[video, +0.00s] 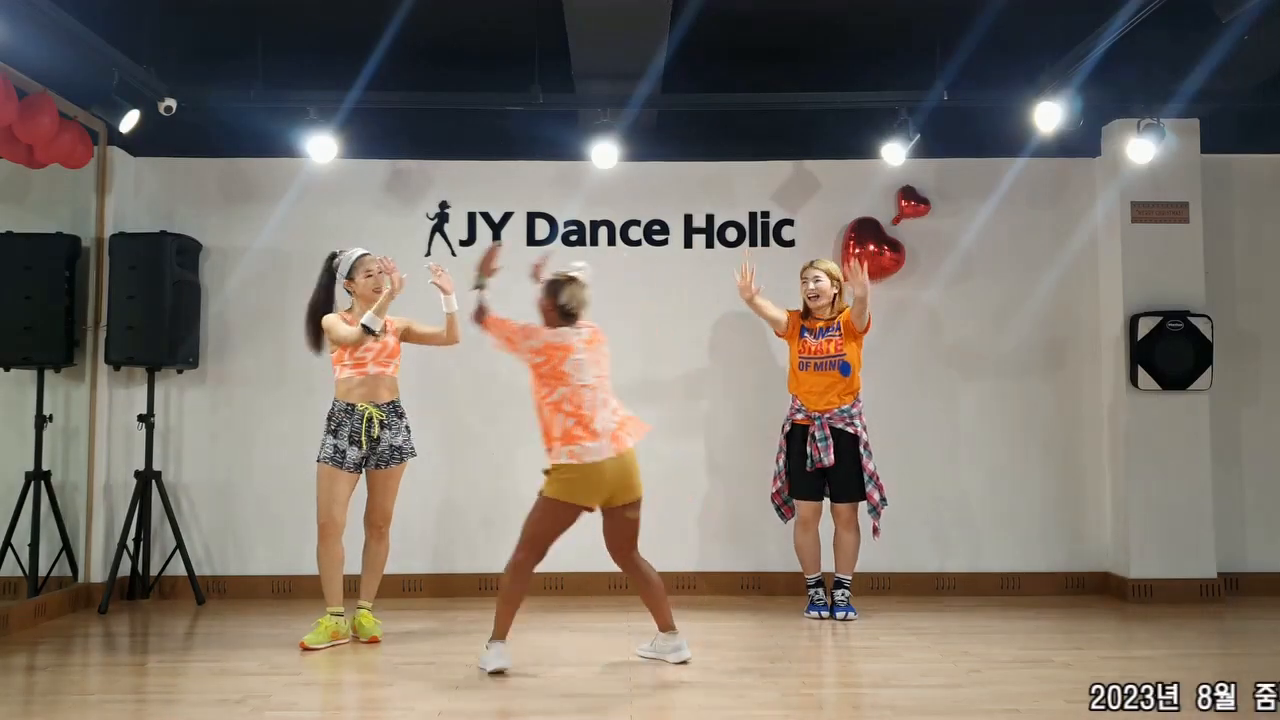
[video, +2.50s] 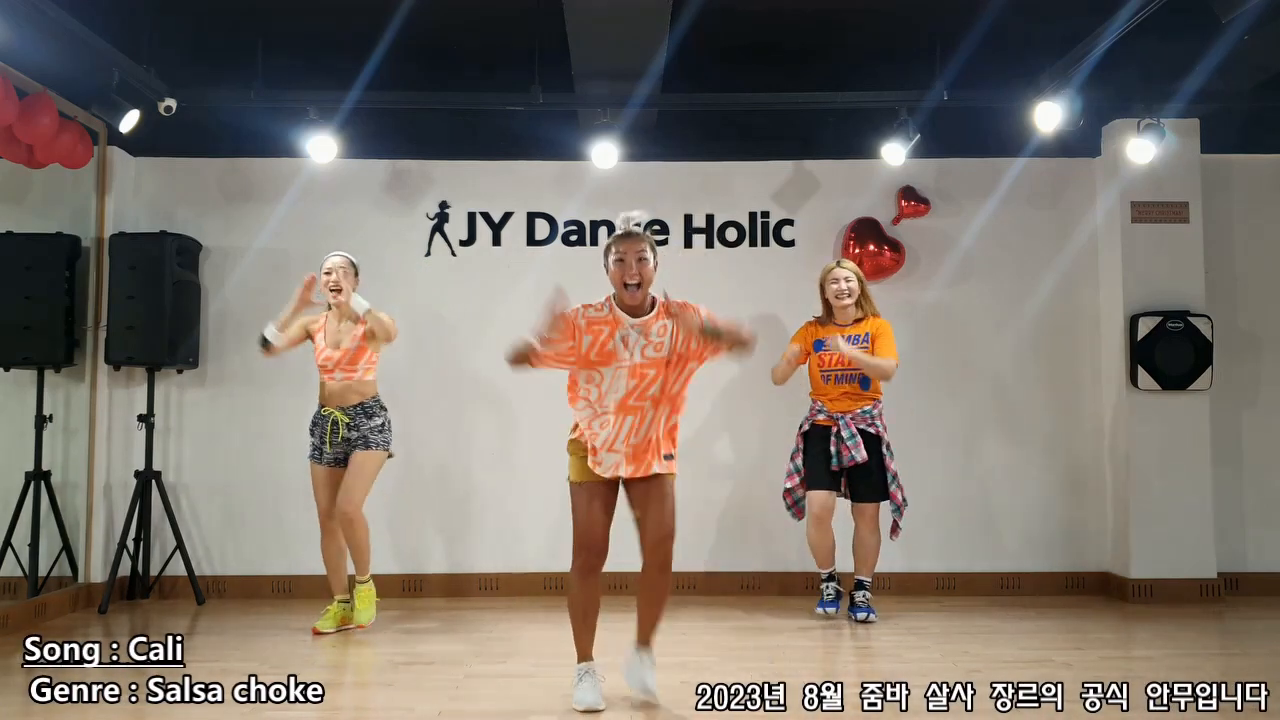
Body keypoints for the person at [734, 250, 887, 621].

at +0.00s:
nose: (811, 287)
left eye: (819, 281)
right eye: (806, 282)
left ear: (835, 288)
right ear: (800, 290)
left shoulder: (848, 322)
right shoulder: (794, 324)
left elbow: (859, 311)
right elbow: (773, 315)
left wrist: (861, 293)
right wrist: (752, 299)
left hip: (844, 427)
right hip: (802, 427)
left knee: (846, 515)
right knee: (807, 514)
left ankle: (842, 592)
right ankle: (814, 592)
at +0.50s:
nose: (789, 293)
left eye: (796, 286)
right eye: (785, 288)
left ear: (816, 291)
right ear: (784, 296)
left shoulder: (838, 328)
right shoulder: (779, 333)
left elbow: (831, 364)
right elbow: (749, 360)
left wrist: (809, 391)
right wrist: (723, 376)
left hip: (833, 431)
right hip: (791, 432)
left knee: (843, 519)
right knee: (775, 510)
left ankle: (842, 594)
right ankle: (758, 597)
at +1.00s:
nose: (737, 343)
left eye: (739, 332)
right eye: (729, 336)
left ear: (750, 321)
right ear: (720, 334)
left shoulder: (781, 329)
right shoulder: (729, 346)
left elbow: (763, 327)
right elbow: (697, 347)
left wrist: (734, 293)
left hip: (809, 433)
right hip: (766, 438)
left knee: (839, 520)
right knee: (751, 513)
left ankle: (852, 576)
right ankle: (754, 601)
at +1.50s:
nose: (811, 297)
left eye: (818, 291)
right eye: (805, 291)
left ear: (830, 300)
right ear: (793, 300)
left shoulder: (845, 339)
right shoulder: (779, 344)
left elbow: (847, 392)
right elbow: (772, 401)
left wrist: (845, 438)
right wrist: (767, 452)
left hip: (841, 434)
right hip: (800, 438)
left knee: (859, 517)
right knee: (785, 515)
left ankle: (863, 587)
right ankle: (762, 593)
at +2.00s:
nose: (832, 289)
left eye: (838, 284)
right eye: (824, 285)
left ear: (847, 292)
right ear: (812, 295)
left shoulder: (864, 331)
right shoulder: (797, 337)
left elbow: (892, 367)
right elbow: (782, 390)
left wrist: (923, 397)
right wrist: (768, 436)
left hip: (857, 431)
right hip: (814, 432)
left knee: (871, 514)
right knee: (822, 514)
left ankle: (863, 586)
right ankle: (826, 590)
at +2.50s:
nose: (842, 285)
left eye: (848, 279)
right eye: (834, 281)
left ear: (859, 288)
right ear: (824, 292)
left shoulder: (876, 326)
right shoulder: (810, 331)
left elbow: (887, 371)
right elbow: (778, 378)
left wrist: (849, 353)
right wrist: (790, 361)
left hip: (865, 428)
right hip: (822, 428)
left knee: (866, 515)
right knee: (818, 510)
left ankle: (861, 592)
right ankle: (828, 584)